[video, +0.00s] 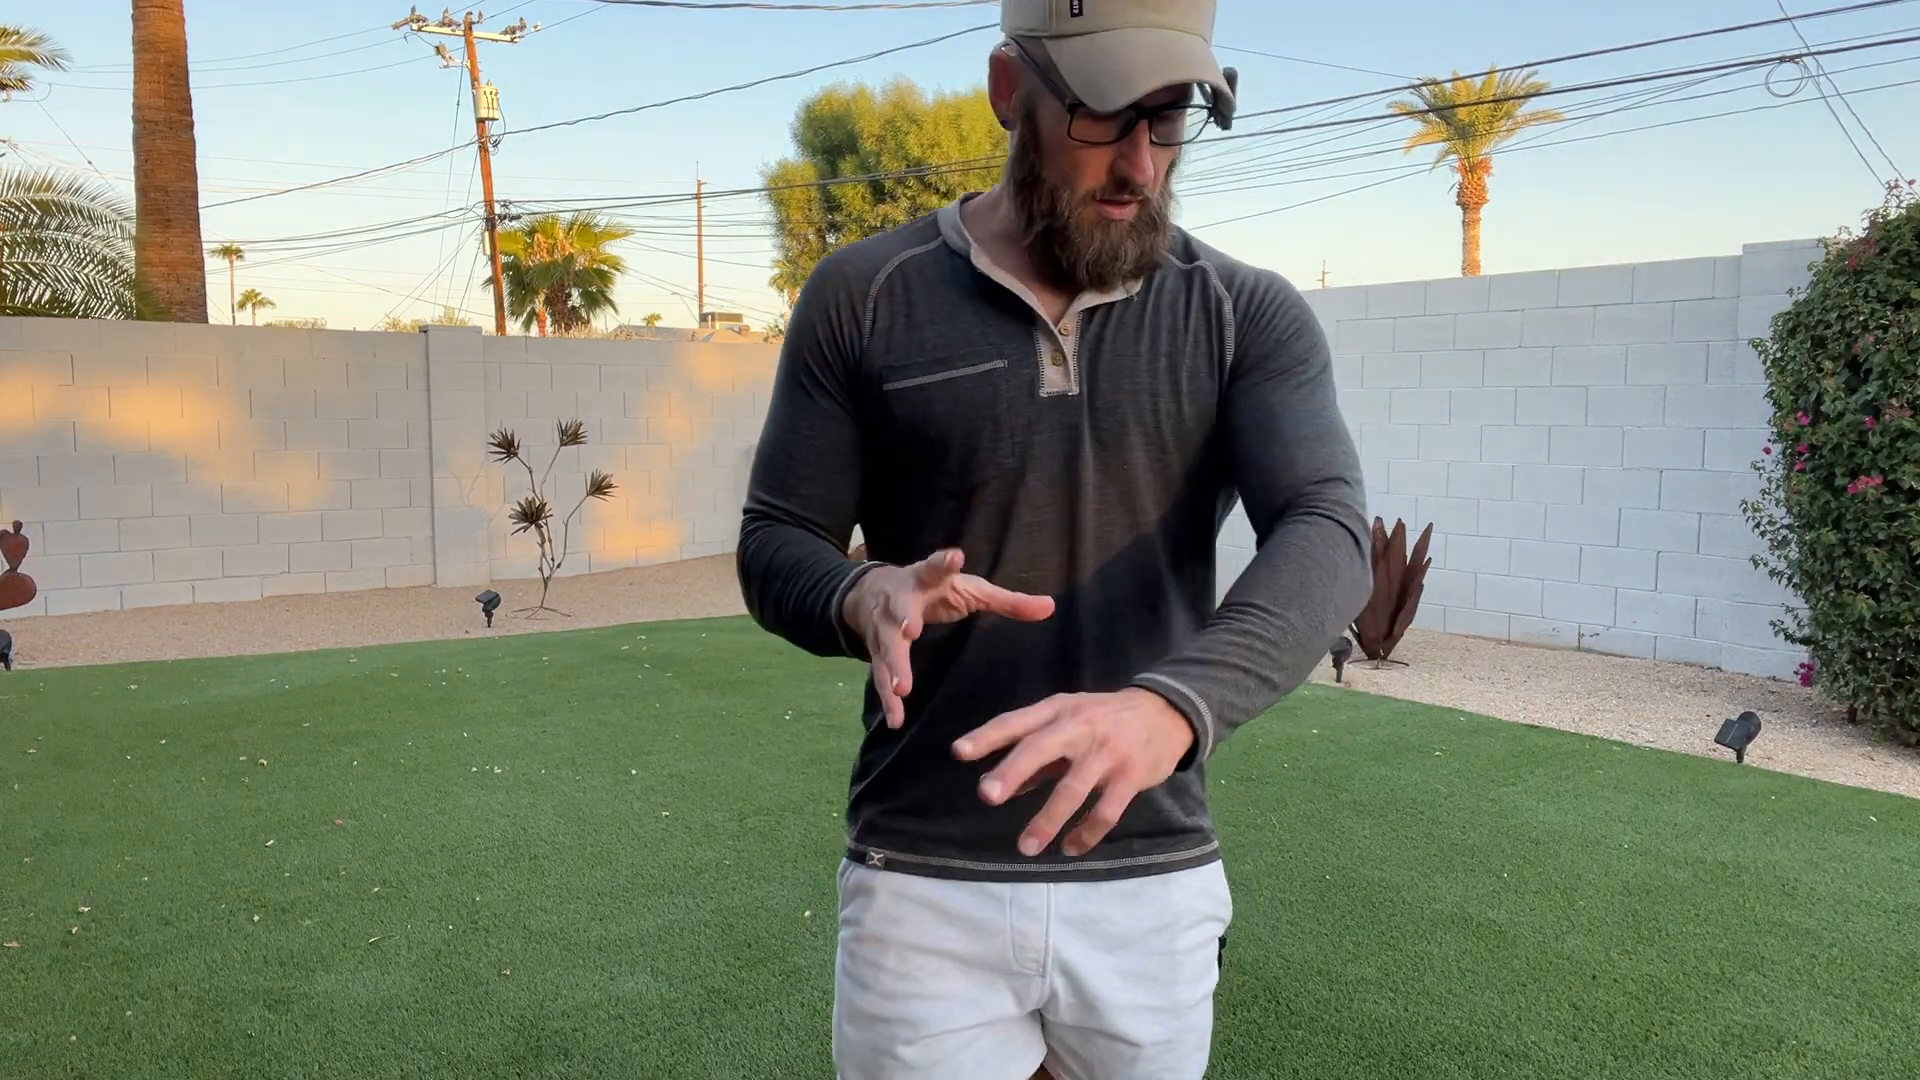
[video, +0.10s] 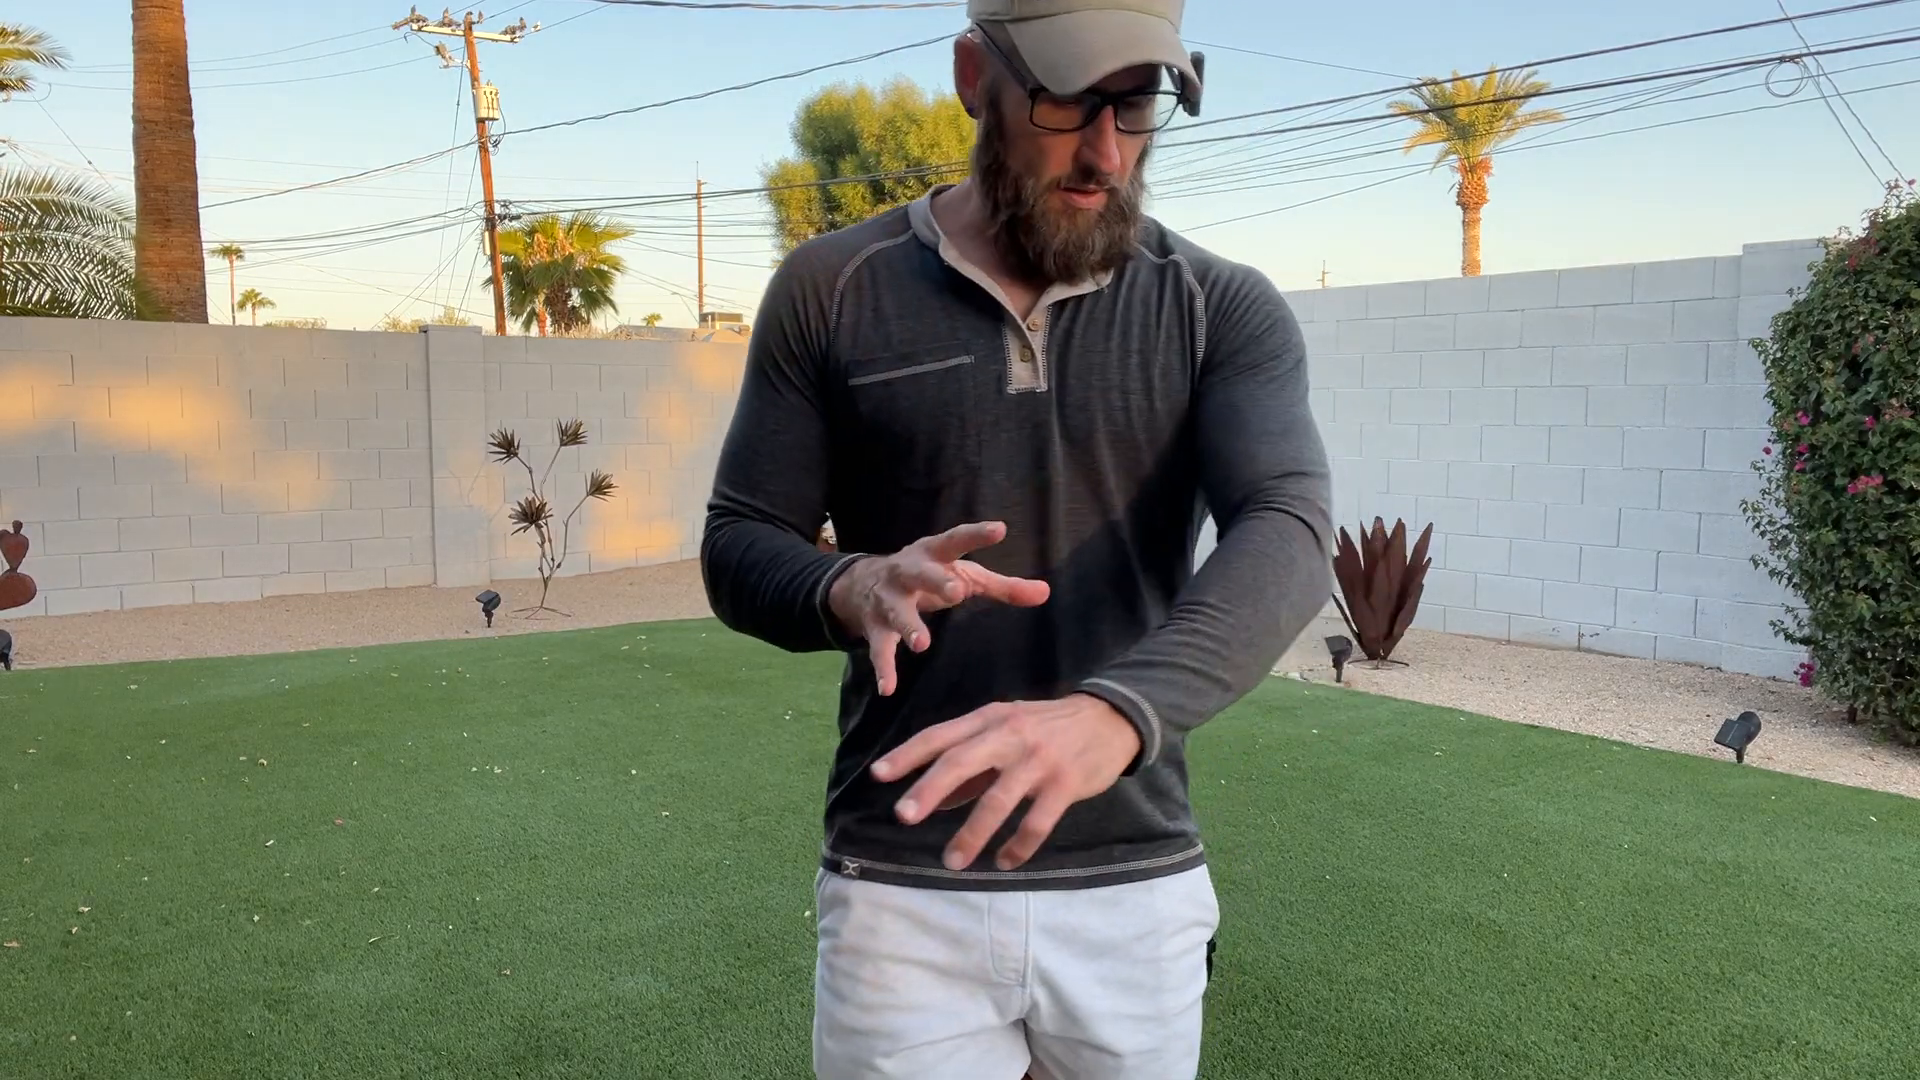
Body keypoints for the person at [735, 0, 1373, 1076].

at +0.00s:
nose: (1139, 164)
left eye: (1167, 122)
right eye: (1100, 118)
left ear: (1194, 112)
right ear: (1010, 89)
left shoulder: (1248, 317)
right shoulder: (862, 300)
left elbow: (1324, 535)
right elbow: (778, 539)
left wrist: (1174, 705)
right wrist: (861, 599)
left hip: (1153, 896)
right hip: (925, 893)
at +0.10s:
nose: (1108, 153)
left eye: (1136, 108)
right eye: (1066, 106)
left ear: (1164, 101)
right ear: (975, 74)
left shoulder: (1223, 310)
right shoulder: (832, 290)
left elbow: (1287, 532)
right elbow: (741, 545)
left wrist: (1120, 709)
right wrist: (847, 589)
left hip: (1135, 897)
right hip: (902, 899)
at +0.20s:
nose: (1066, 146)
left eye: (1097, 102)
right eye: (1027, 101)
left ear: (1128, 95)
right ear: (938, 67)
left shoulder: (1198, 300)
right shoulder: (800, 285)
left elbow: (1234, 533)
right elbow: (709, 552)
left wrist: (1042, 723)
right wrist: (854, 585)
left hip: (1115, 906)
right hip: (877, 910)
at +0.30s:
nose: (1020, 120)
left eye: (1053, 73)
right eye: (980, 74)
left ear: (1090, 73)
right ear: (898, 61)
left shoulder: (1170, 290)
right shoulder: (766, 280)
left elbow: (1165, 543)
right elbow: (687, 552)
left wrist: (943, 737)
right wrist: (900, 577)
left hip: (1095, 919)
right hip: (850, 918)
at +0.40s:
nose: (975, 97)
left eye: (1013, 53)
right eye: (930, 50)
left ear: (1051, 67)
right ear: (858, 57)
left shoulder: (1140, 286)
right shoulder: (734, 278)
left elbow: (1092, 561)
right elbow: (671, 554)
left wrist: (857, 742)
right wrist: (946, 553)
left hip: (1072, 921)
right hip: (819, 923)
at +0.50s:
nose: (935, 90)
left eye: (975, 48)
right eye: (893, 45)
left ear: (1015, 64)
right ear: (827, 54)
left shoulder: (1111, 279)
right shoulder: (704, 277)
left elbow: (1079, 566)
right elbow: (637, 550)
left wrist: (815, 722)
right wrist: (922, 553)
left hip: (1057, 927)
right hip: (802, 931)